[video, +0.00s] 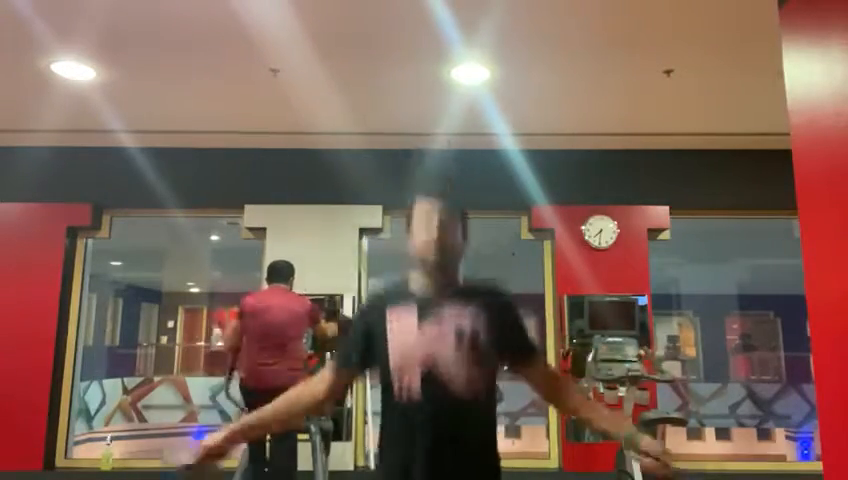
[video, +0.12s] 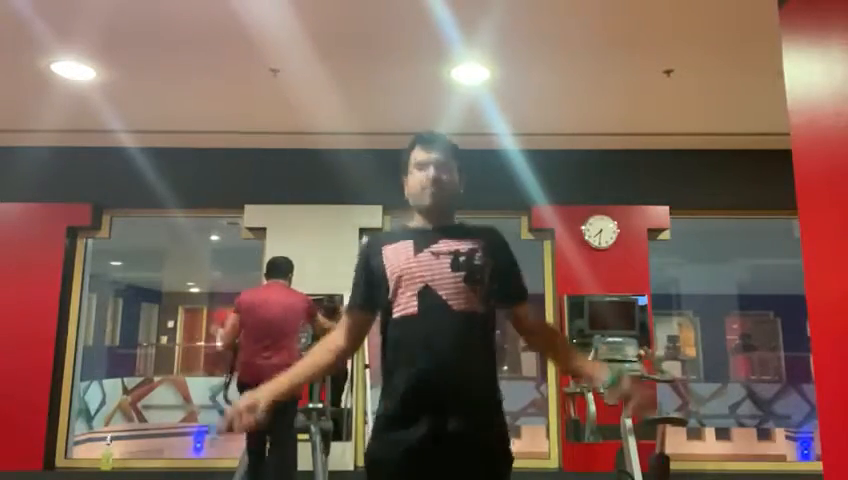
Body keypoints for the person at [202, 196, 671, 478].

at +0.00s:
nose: (431, 239)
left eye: (443, 227)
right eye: (420, 227)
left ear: (463, 236)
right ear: (405, 235)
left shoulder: (490, 307)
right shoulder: (379, 312)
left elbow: (550, 384)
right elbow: (323, 389)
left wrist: (629, 435)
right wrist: (239, 431)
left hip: (472, 469)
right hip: (398, 468)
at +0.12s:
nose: (433, 174)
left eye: (443, 167)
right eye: (421, 167)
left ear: (459, 184)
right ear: (405, 185)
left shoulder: (487, 244)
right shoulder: (379, 252)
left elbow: (532, 327)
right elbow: (342, 340)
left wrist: (592, 370)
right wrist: (268, 394)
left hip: (477, 429)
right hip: (400, 431)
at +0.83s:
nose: (428, 190)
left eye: (439, 180)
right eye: (419, 181)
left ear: (456, 194)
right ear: (403, 194)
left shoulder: (491, 258)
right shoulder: (379, 265)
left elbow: (561, 340)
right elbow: (342, 351)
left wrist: (644, 371)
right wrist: (259, 386)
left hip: (478, 446)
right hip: (400, 447)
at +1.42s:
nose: (431, 225)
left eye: (442, 215)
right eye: (421, 215)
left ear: (464, 226)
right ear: (407, 228)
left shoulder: (499, 296)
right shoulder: (381, 304)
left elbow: (574, 366)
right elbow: (329, 381)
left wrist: (657, 394)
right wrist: (241, 411)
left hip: (482, 467)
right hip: (404, 467)